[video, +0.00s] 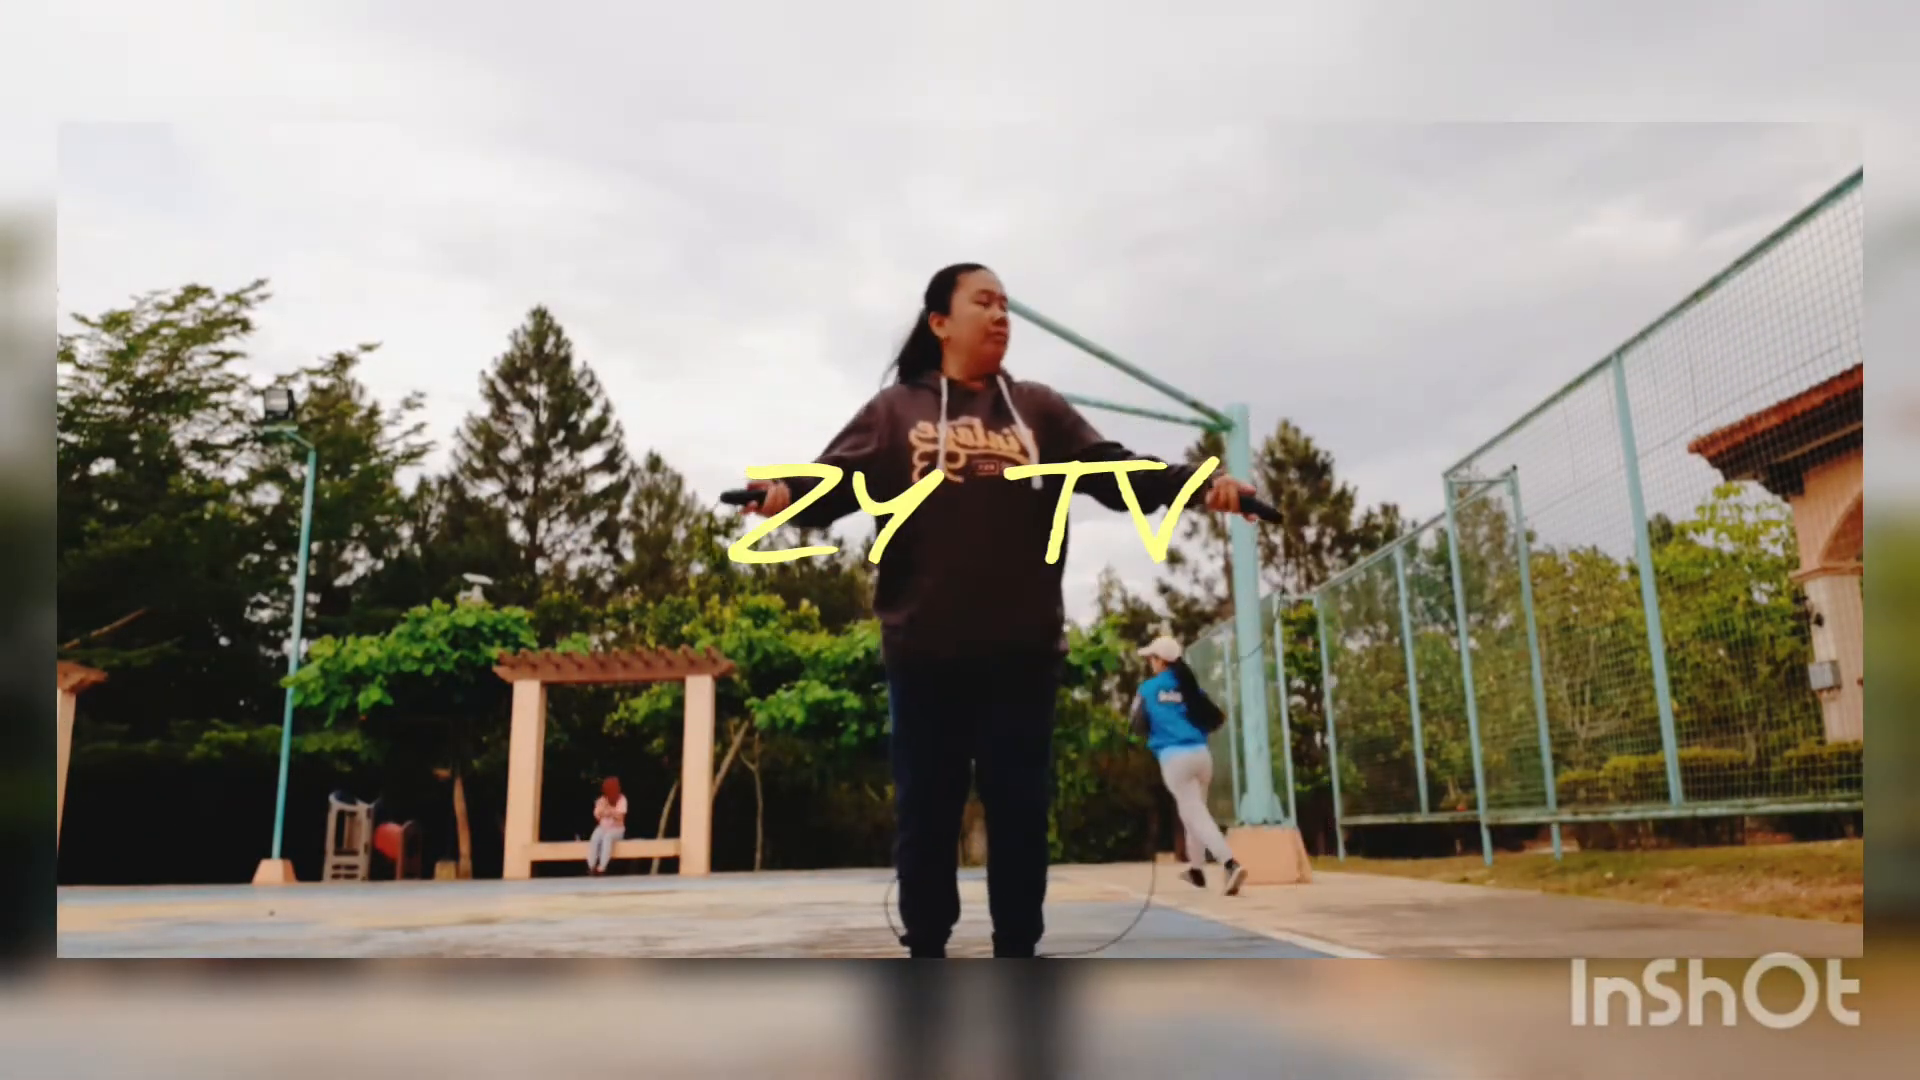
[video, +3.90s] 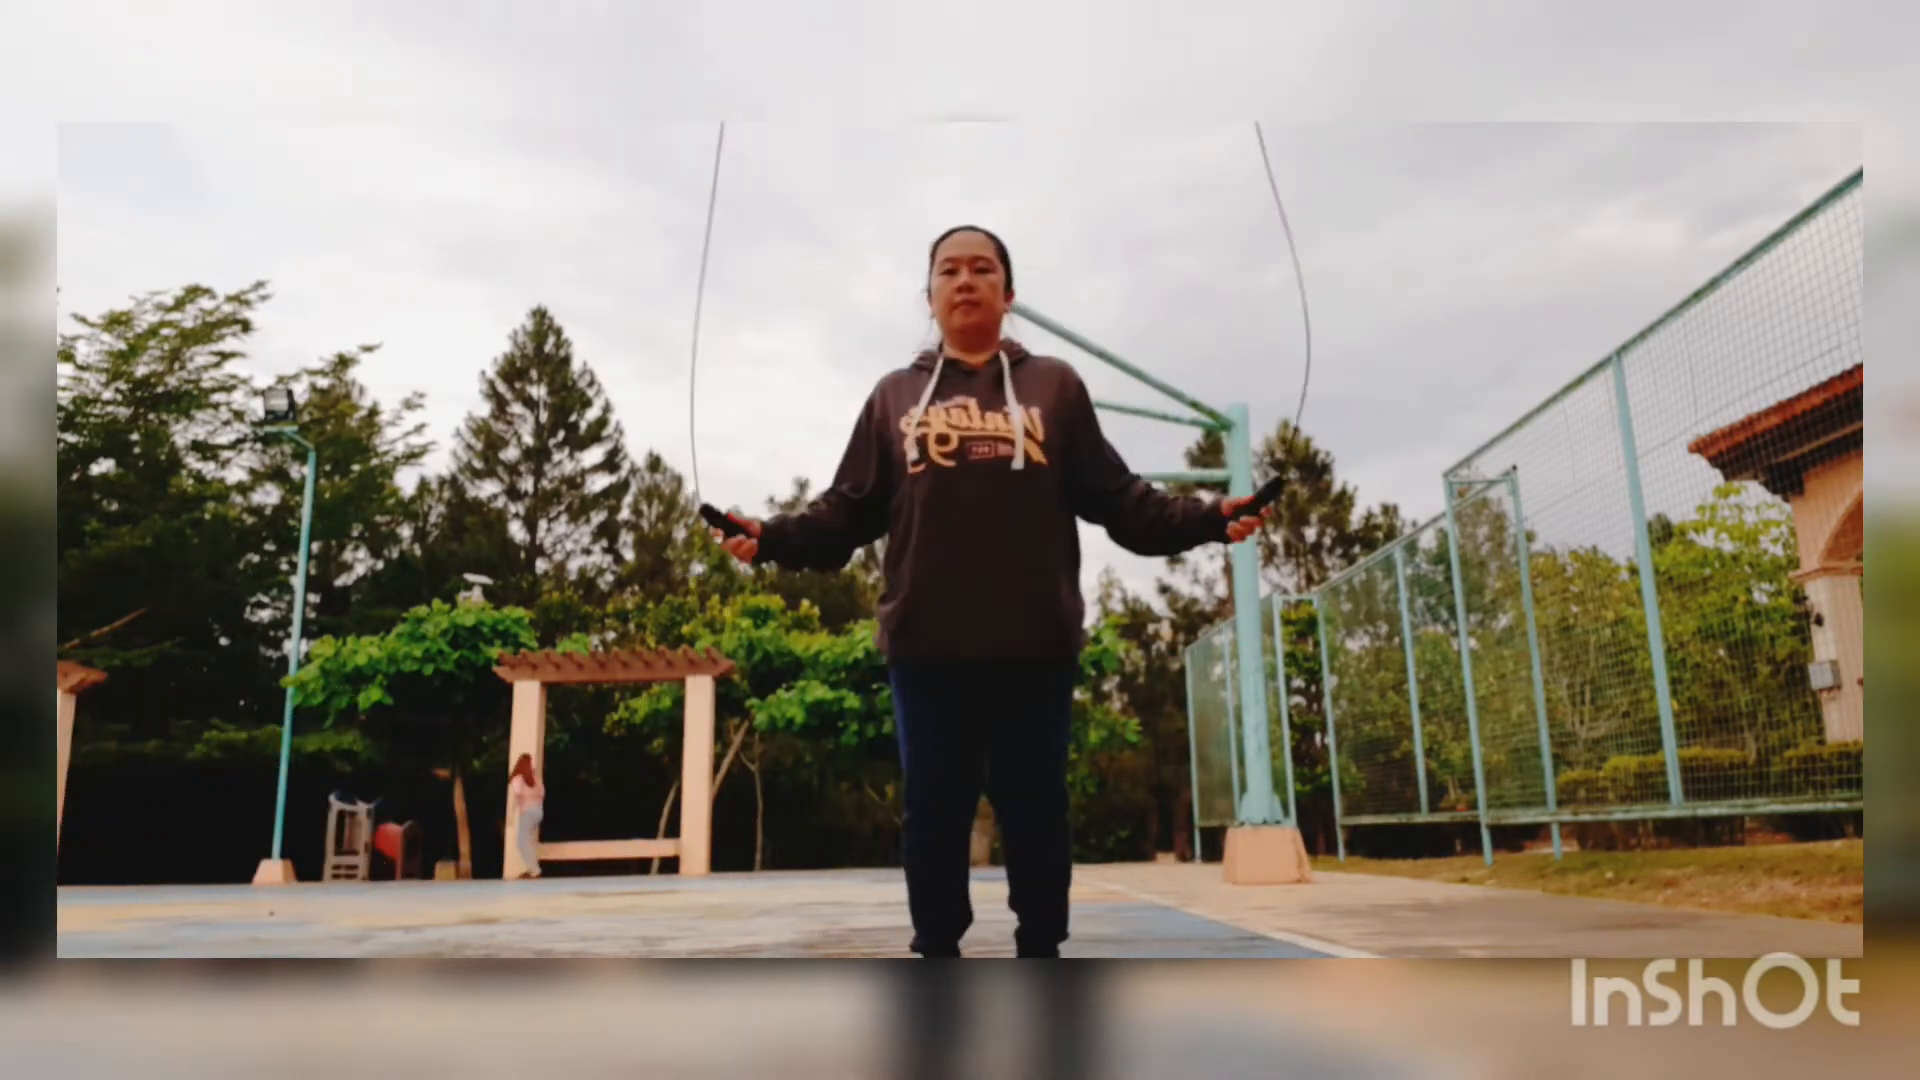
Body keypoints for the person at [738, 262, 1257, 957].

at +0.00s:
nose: (1003, 316)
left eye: (1005, 305)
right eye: (985, 303)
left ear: (1006, 324)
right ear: (939, 321)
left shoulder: (1039, 408)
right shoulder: (895, 410)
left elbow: (1112, 470)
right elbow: (834, 480)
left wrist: (1198, 483)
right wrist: (787, 491)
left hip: (1022, 641)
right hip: (926, 644)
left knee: (1021, 806)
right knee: (926, 804)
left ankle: (1018, 952)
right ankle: (925, 950)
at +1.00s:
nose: (953, 350)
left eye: (967, 338)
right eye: (939, 337)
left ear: (990, 355)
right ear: (917, 353)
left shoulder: (1026, 445)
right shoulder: (883, 450)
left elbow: (1084, 539)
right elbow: (831, 545)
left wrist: (1164, 586)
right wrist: (772, 595)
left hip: (1020, 654)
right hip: (925, 662)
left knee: (1035, 739)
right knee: (932, 810)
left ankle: (1017, 921)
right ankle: (939, 952)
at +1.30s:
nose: (950, 272)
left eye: (965, 260)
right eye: (936, 261)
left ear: (988, 280)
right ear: (915, 281)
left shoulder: (1026, 369)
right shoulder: (879, 374)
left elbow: (1071, 465)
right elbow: (835, 477)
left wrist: (1125, 538)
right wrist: (779, 553)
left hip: (1011, 589)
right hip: (917, 594)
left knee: (995, 730)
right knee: (929, 750)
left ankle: (980, 911)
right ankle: (952, 903)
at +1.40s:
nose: (955, 288)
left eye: (969, 276)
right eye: (940, 277)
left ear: (993, 296)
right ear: (919, 299)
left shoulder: (1033, 386)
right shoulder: (886, 392)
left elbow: (1093, 477)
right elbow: (826, 484)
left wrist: (1182, 483)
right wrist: (732, 517)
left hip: (1005, 618)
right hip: (904, 619)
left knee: (993, 791)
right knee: (895, 778)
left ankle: (999, 954)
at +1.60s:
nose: (953, 285)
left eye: (968, 275)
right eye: (938, 276)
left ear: (995, 301)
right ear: (918, 302)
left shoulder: (1038, 387)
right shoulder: (885, 393)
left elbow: (1128, 457)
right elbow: (819, 485)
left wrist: (1216, 403)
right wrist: (734, 431)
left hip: (1005, 622)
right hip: (904, 622)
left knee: (995, 791)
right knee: (895, 754)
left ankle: (998, 948)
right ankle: (935, 847)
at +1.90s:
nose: (942, 303)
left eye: (957, 292)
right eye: (927, 293)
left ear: (983, 316)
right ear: (906, 318)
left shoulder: (1029, 413)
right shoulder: (869, 417)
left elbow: (1099, 508)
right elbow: (820, 518)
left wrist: (1182, 507)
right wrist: (759, 536)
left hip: (1006, 653)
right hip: (902, 657)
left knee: (1002, 812)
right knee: (906, 810)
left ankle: (1005, 960)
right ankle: (900, 961)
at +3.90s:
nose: (967, 280)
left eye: (982, 269)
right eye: (952, 271)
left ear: (1008, 291)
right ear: (930, 293)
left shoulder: (1053, 386)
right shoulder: (895, 395)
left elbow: (1118, 502)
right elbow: (848, 514)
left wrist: (1209, 515)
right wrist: (770, 536)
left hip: (1033, 635)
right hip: (927, 637)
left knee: (1035, 803)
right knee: (933, 804)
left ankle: (1042, 952)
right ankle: (936, 953)